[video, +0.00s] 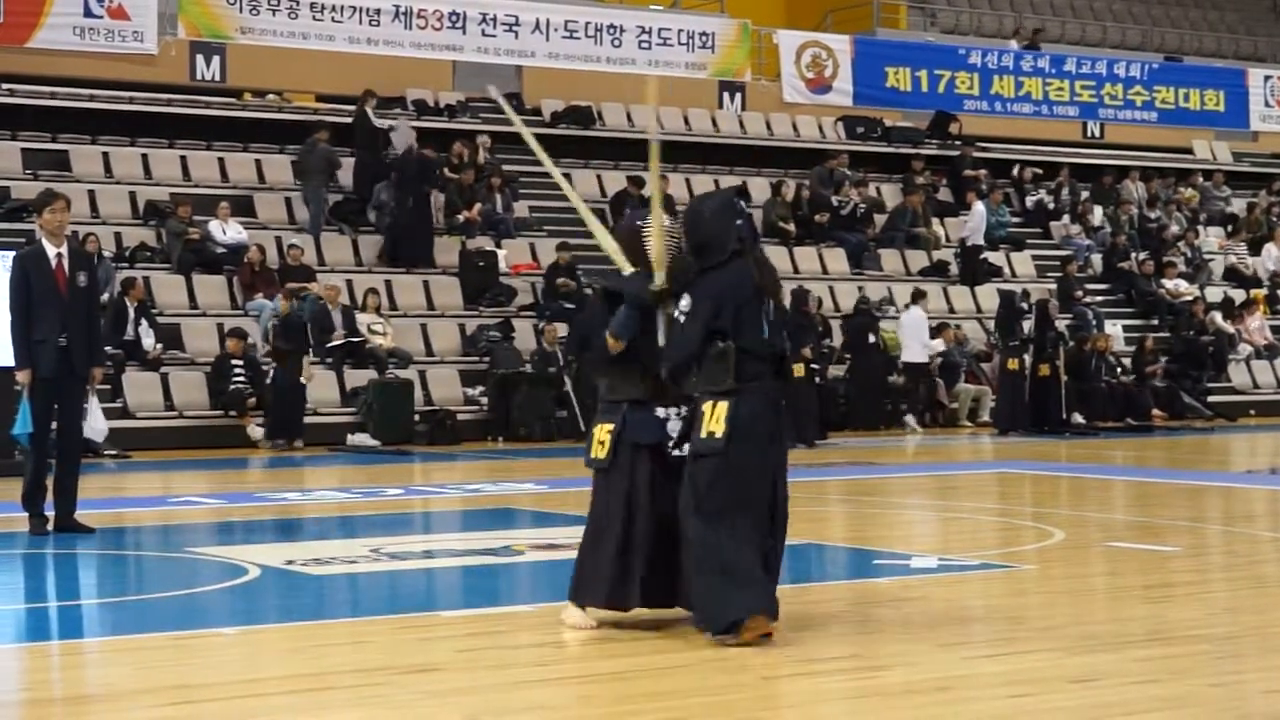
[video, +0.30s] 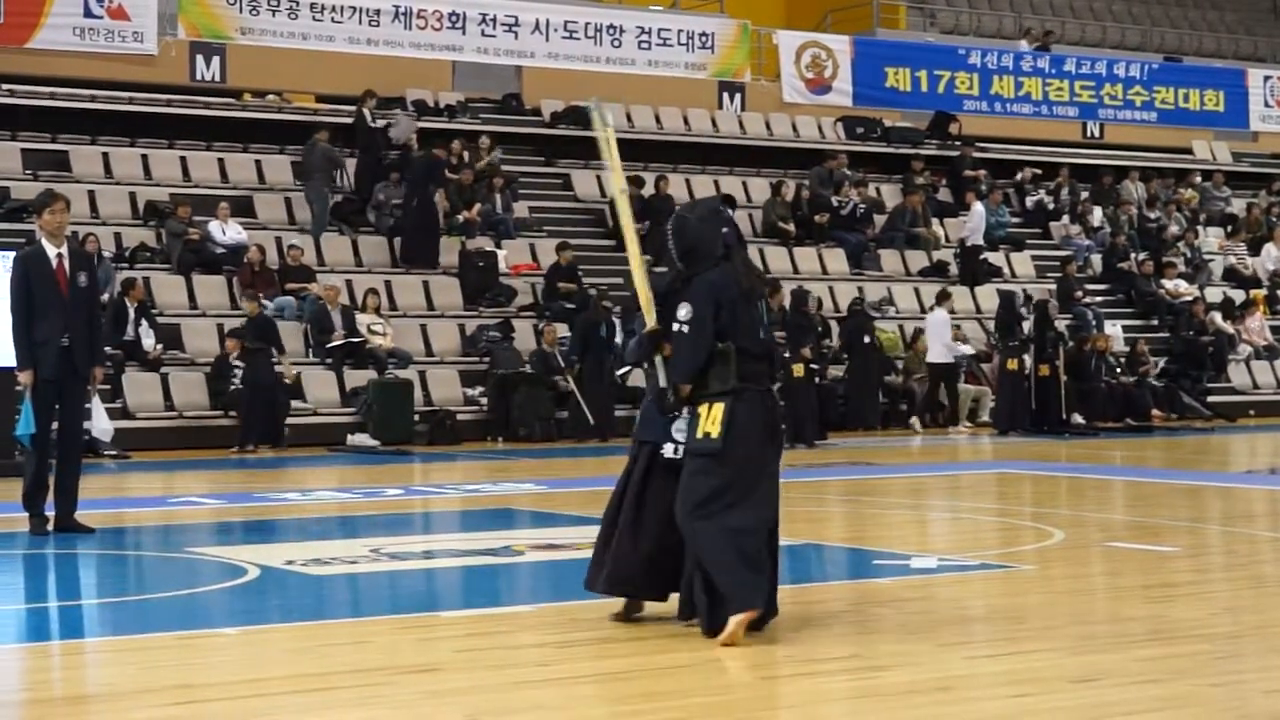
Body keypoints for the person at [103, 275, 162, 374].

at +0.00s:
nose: (143, 290)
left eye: (142, 287)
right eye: (140, 287)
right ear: (130, 291)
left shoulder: (142, 305)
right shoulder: (116, 304)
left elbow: (154, 326)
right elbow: (107, 329)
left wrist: (158, 346)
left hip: (136, 343)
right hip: (118, 343)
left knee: (155, 361)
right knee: (119, 359)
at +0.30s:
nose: (143, 291)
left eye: (142, 288)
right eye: (139, 288)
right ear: (130, 292)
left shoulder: (142, 305)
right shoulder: (115, 304)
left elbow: (154, 326)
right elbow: (108, 326)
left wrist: (158, 346)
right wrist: (108, 345)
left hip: (137, 343)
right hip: (119, 343)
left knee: (155, 361)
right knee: (118, 359)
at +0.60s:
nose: (142, 292)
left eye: (141, 288)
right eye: (139, 289)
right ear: (130, 293)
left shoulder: (142, 306)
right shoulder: (114, 306)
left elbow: (154, 328)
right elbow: (108, 328)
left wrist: (157, 348)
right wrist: (108, 347)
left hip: (136, 344)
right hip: (118, 344)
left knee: (154, 362)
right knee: (117, 360)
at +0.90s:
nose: (142, 292)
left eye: (141, 288)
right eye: (138, 289)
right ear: (129, 293)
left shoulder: (141, 307)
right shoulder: (114, 306)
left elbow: (154, 328)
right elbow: (107, 328)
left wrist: (157, 348)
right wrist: (108, 348)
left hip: (133, 345)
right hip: (116, 346)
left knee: (153, 362)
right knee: (119, 361)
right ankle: (115, 396)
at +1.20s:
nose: (141, 291)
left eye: (140, 288)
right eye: (136, 288)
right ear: (126, 292)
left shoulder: (141, 306)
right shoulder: (114, 306)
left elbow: (153, 327)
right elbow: (108, 328)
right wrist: (108, 347)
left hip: (134, 344)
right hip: (116, 345)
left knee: (149, 361)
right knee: (119, 361)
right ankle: (116, 397)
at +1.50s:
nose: (139, 291)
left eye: (139, 288)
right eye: (135, 288)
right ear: (125, 292)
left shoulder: (142, 307)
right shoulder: (114, 306)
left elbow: (148, 327)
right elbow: (107, 327)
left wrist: (145, 341)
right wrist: (106, 346)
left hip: (135, 343)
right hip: (117, 344)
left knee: (146, 353)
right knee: (116, 360)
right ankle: (116, 395)